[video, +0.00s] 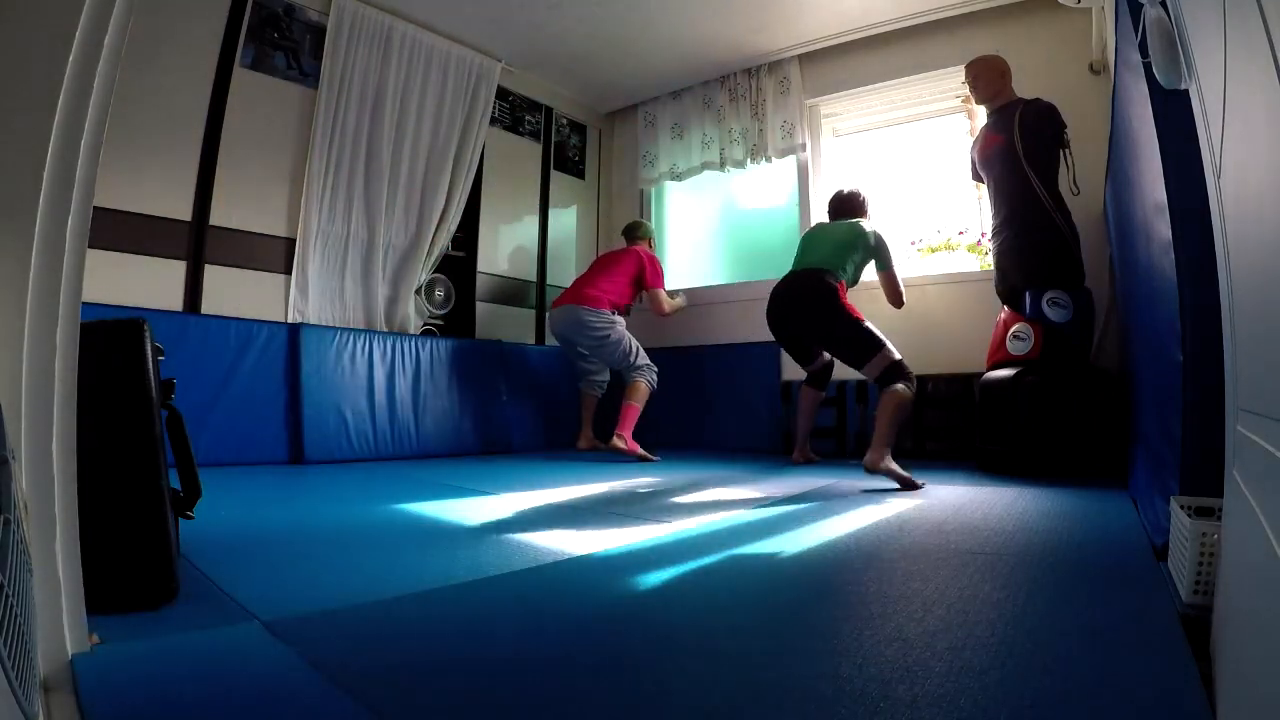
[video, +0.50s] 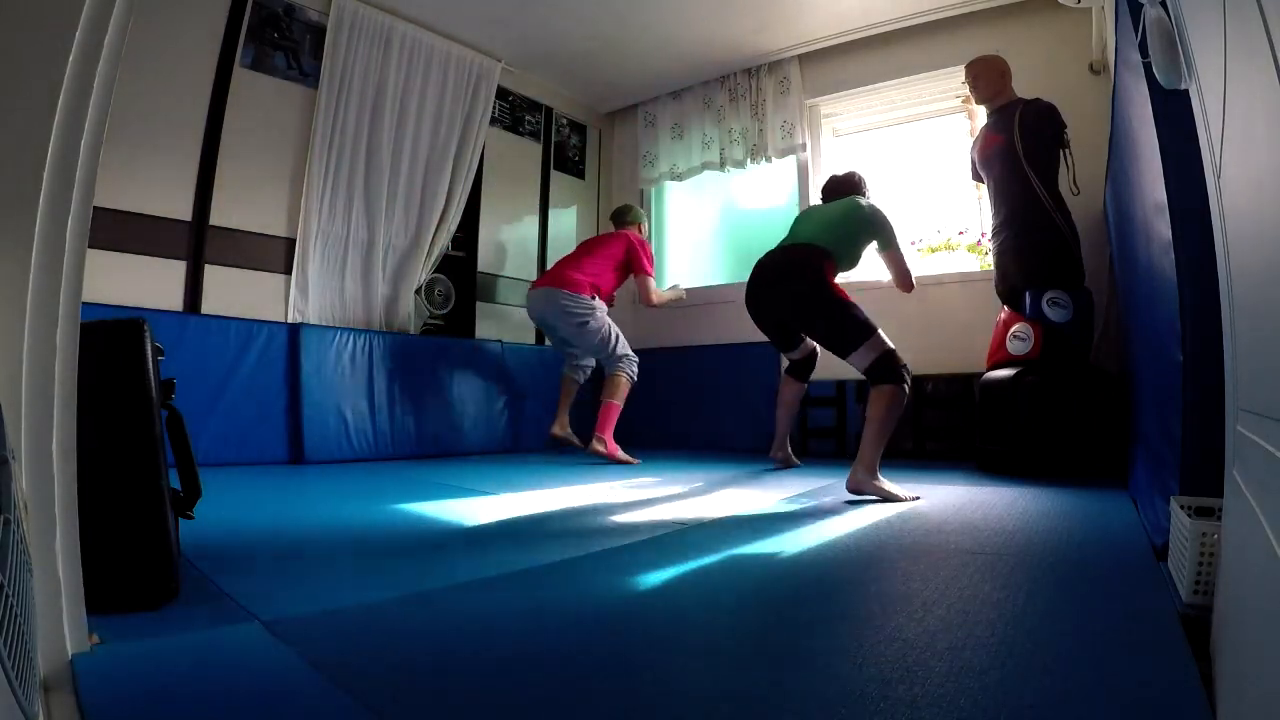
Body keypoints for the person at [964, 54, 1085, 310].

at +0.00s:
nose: (970, 86)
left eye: (975, 77)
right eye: (968, 82)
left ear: (1003, 75)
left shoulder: (1037, 111)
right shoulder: (981, 140)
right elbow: (978, 176)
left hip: (1050, 244)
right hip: (1008, 250)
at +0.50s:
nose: (970, 85)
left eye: (975, 77)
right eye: (967, 81)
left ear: (1003, 75)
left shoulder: (1038, 112)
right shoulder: (981, 140)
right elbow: (977, 174)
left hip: (1050, 244)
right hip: (1008, 252)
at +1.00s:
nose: (970, 85)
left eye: (975, 76)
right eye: (967, 81)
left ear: (1003, 75)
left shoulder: (1037, 112)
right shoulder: (980, 141)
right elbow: (977, 176)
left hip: (1051, 245)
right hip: (1008, 252)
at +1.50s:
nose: (970, 87)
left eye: (975, 78)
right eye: (968, 81)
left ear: (1002, 75)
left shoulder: (1036, 111)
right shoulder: (981, 139)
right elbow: (978, 177)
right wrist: (975, 128)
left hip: (1049, 241)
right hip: (1009, 248)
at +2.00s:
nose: (970, 87)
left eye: (975, 78)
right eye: (968, 82)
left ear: (1002, 75)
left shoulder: (1036, 111)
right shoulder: (982, 137)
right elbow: (977, 175)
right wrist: (974, 123)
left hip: (1048, 240)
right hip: (1008, 246)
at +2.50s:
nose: (971, 85)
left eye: (976, 76)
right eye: (968, 81)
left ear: (1004, 74)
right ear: (969, 90)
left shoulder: (1036, 111)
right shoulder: (980, 140)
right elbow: (978, 176)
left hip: (1050, 244)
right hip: (1008, 252)